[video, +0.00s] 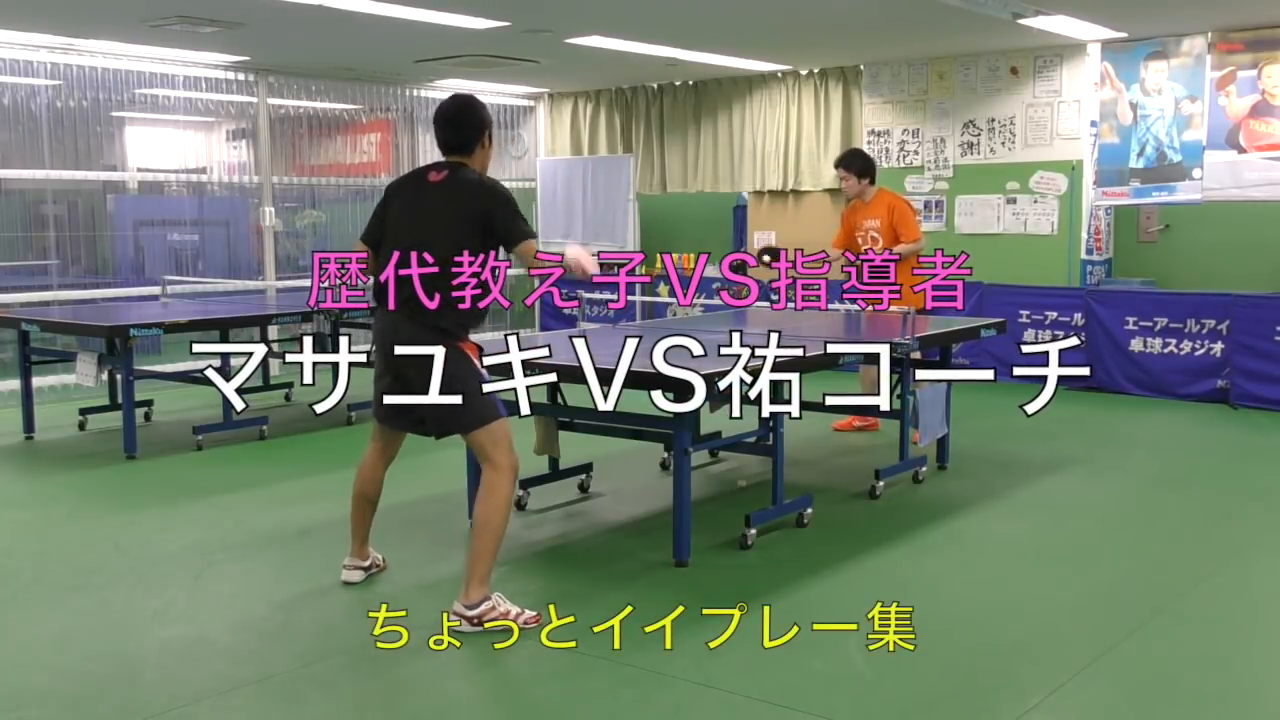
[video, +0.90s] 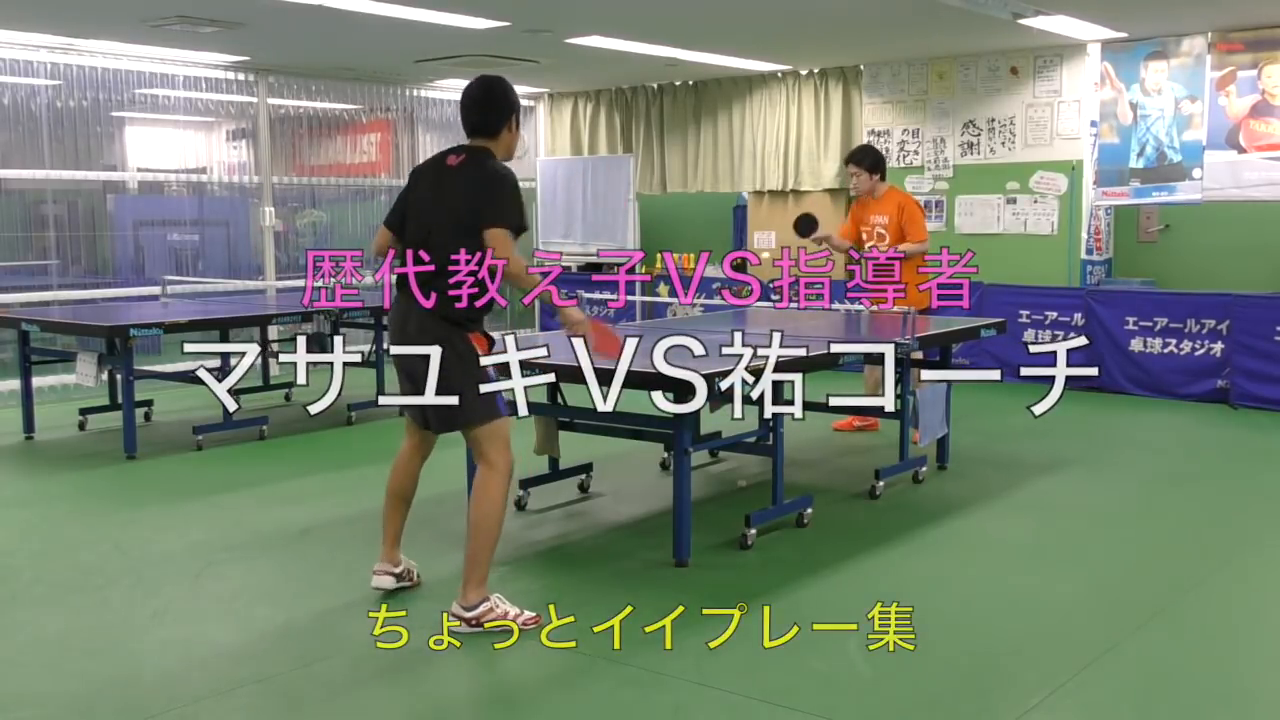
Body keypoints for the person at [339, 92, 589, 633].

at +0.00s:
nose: (493, 146)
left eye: (489, 137)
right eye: (492, 137)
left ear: (439, 140)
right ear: (485, 140)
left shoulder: (402, 188)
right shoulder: (488, 194)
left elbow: (371, 252)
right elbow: (530, 256)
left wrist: (414, 285)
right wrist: (569, 256)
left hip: (392, 344)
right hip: (445, 348)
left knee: (378, 451)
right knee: (500, 464)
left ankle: (357, 556)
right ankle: (475, 597)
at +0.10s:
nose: (499, 147)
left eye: (496, 137)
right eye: (497, 138)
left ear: (445, 138)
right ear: (488, 140)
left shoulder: (409, 184)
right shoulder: (469, 190)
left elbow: (371, 253)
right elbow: (473, 268)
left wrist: (405, 299)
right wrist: (534, 319)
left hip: (389, 342)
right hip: (432, 346)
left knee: (386, 446)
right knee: (490, 461)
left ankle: (358, 556)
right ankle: (474, 597)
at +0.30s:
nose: (510, 172)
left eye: (511, 162)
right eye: (508, 160)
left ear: (468, 156)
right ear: (485, 157)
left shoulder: (428, 194)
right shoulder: (452, 196)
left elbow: (377, 262)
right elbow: (446, 272)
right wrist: (496, 316)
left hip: (384, 345)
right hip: (411, 349)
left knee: (397, 444)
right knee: (481, 459)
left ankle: (360, 554)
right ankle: (469, 596)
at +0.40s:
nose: (520, 167)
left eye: (521, 155)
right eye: (516, 154)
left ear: (477, 152)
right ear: (490, 151)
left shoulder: (429, 189)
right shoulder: (474, 200)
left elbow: (374, 257)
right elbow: (532, 272)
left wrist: (429, 281)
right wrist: (622, 292)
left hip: (377, 335)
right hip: (411, 343)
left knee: (384, 442)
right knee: (472, 459)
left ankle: (358, 554)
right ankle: (468, 596)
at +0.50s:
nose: (527, 166)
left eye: (526, 156)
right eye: (524, 156)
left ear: (478, 156)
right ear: (505, 155)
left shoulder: (430, 192)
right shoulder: (499, 206)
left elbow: (374, 258)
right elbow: (582, 249)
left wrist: (434, 262)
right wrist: (635, 225)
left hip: (378, 340)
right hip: (416, 347)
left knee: (373, 450)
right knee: (490, 461)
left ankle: (356, 554)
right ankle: (472, 598)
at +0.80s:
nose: (519, 138)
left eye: (516, 129)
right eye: (518, 129)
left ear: (465, 131)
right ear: (510, 131)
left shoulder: (425, 180)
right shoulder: (511, 185)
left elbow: (377, 253)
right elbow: (563, 252)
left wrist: (422, 246)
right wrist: (587, 254)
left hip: (411, 340)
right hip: (465, 344)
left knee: (409, 441)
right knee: (508, 464)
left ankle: (378, 556)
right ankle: (475, 598)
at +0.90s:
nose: (520, 131)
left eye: (518, 121)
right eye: (518, 122)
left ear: (465, 122)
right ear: (509, 123)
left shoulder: (427, 171)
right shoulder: (495, 176)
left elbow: (383, 244)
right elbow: (503, 257)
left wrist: (435, 242)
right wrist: (562, 307)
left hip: (409, 332)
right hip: (454, 336)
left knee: (417, 440)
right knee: (496, 459)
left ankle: (388, 561)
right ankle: (473, 598)